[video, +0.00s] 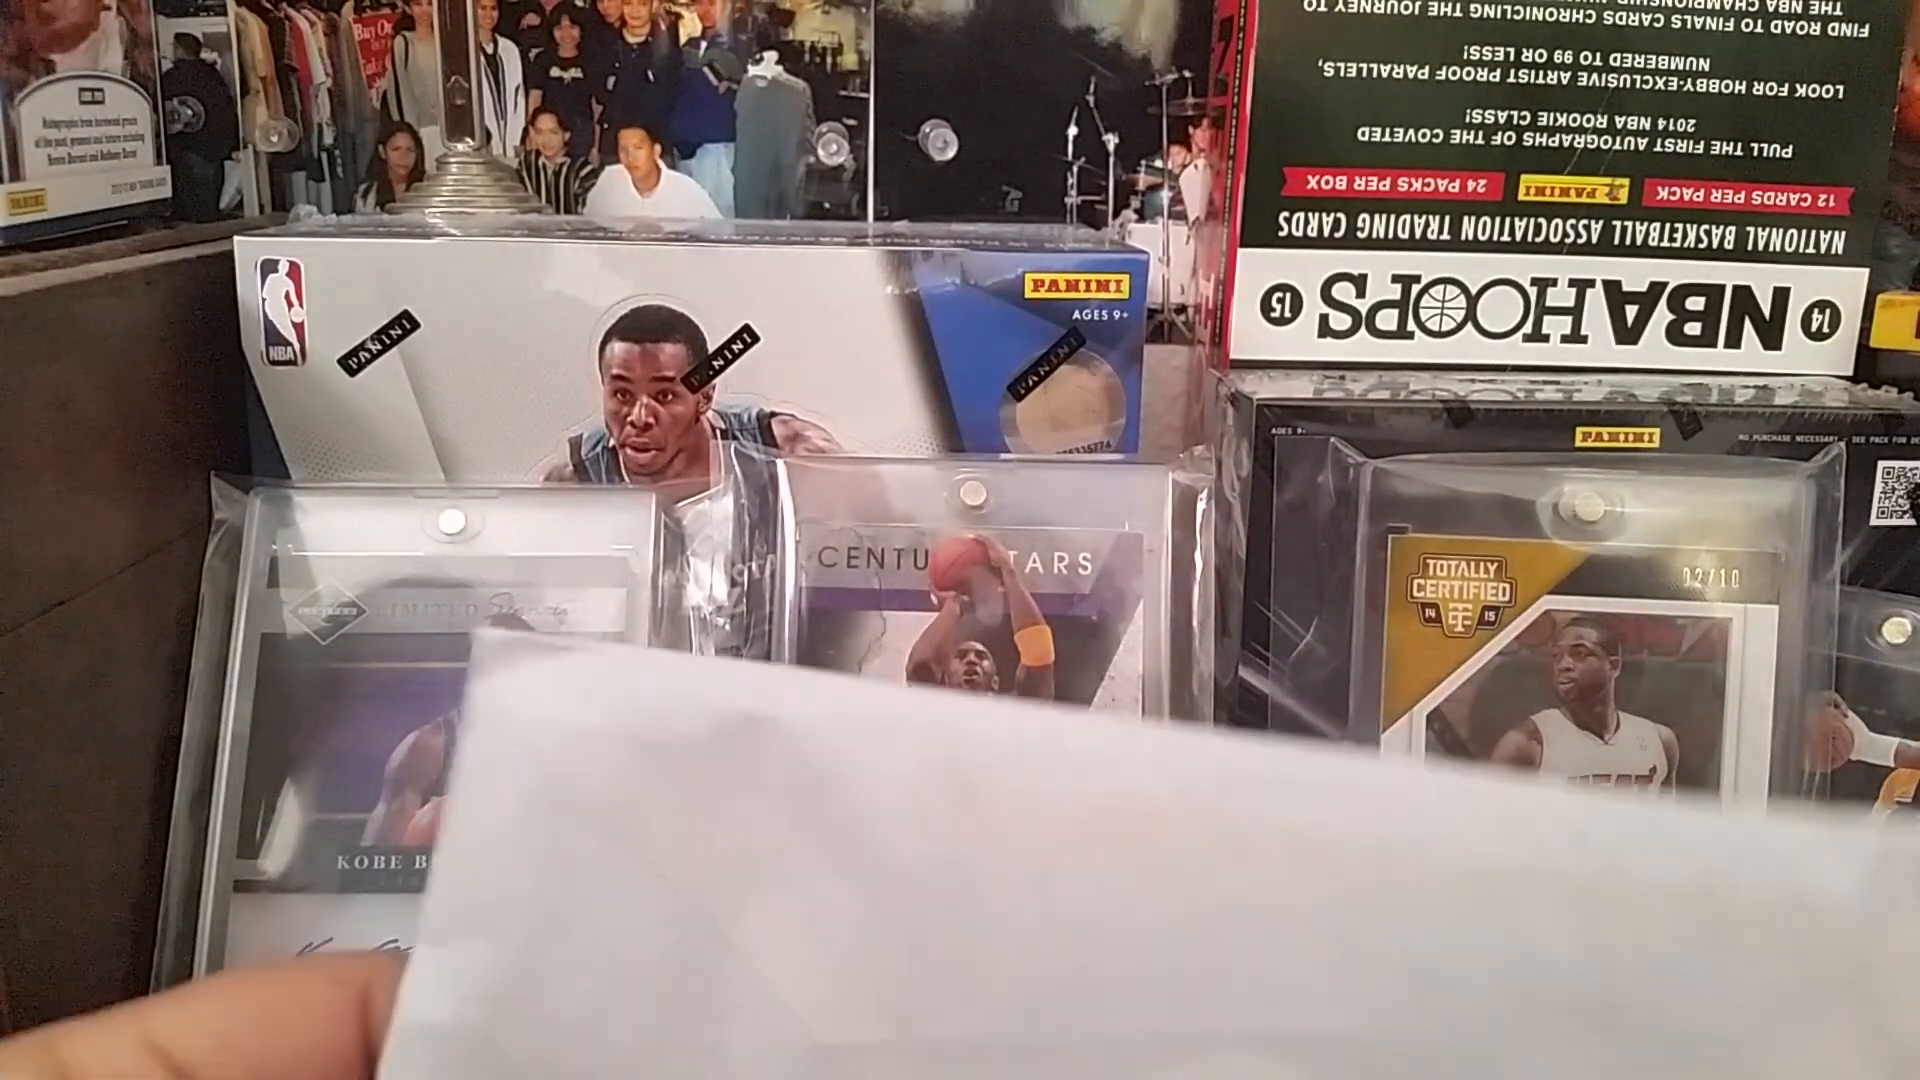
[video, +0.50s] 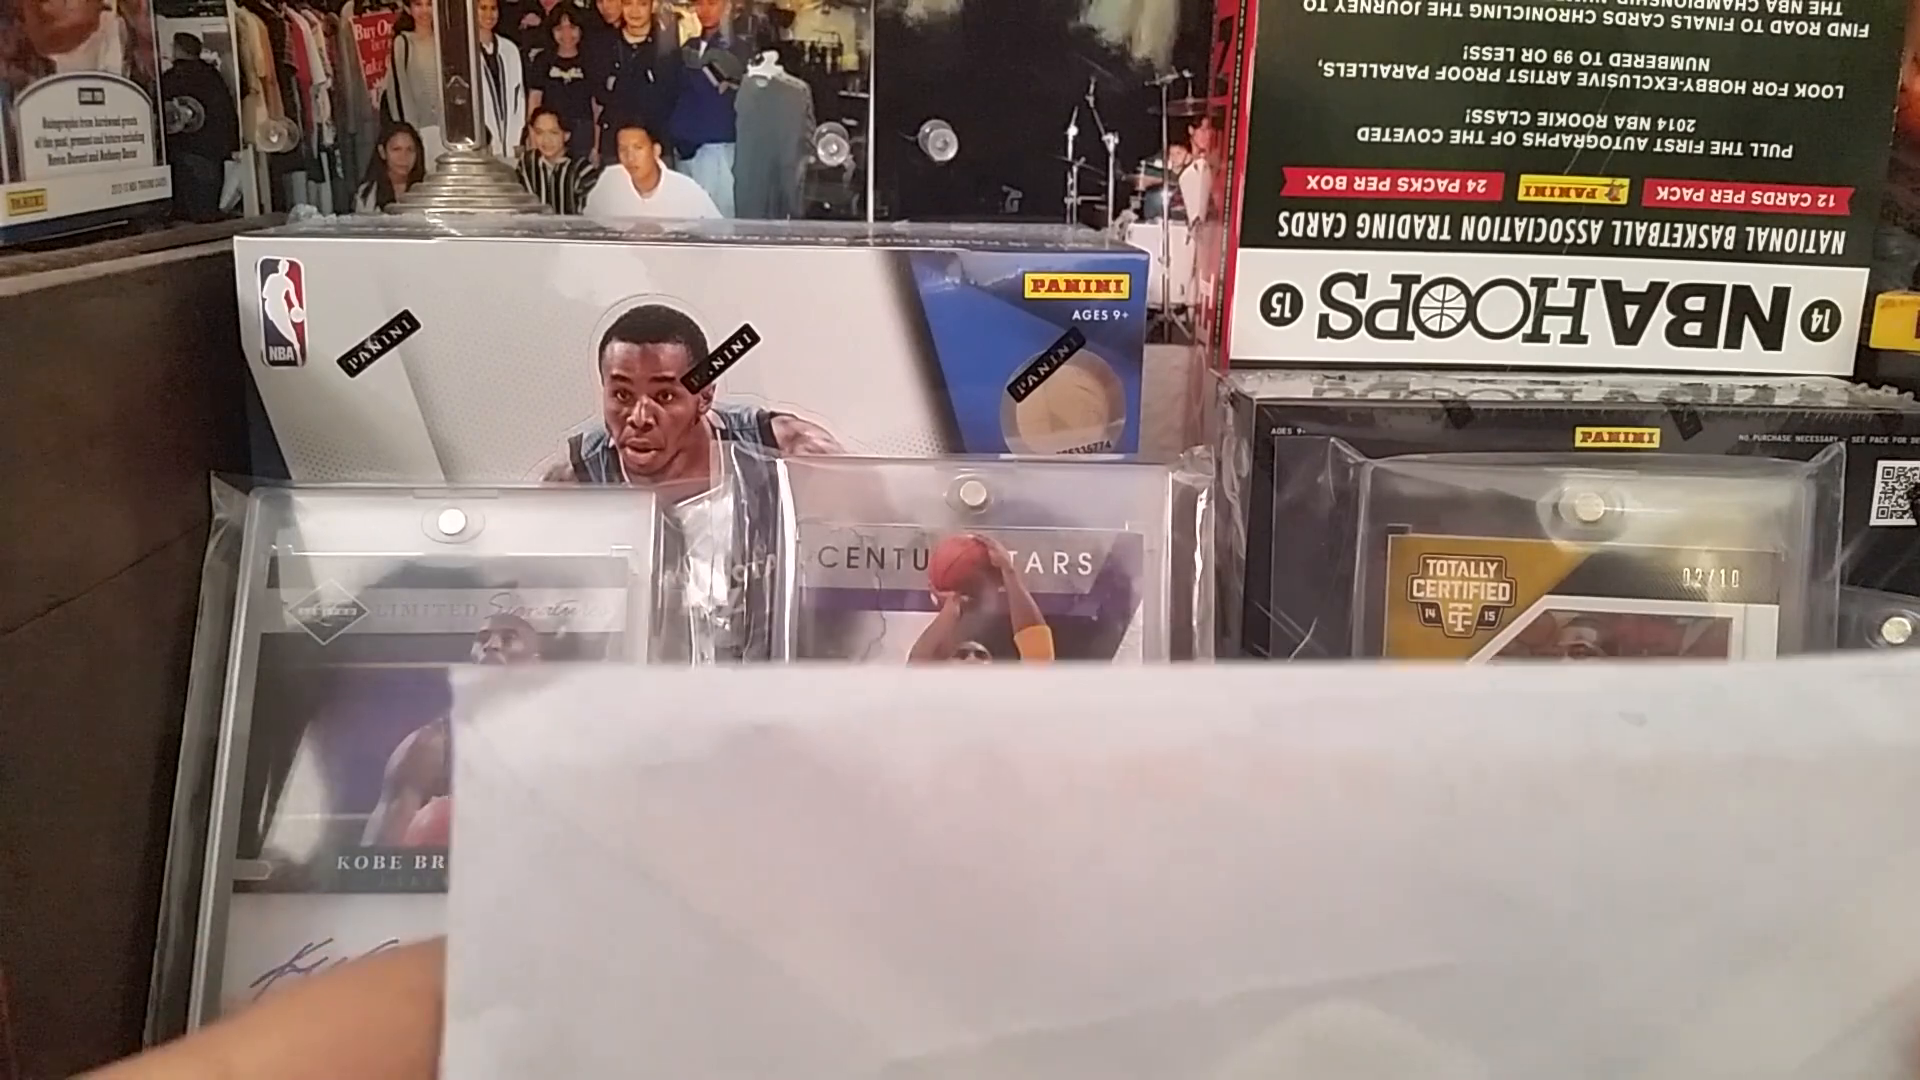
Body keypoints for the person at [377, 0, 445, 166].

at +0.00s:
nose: (425, 10)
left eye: (429, 4)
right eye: (418, 4)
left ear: (435, 7)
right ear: (408, 9)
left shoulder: (442, 38)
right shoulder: (403, 41)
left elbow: (452, 77)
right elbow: (402, 84)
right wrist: (410, 125)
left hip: (446, 116)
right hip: (420, 119)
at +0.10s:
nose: (425, 11)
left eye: (429, 4)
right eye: (418, 5)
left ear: (436, 8)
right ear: (408, 9)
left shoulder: (443, 39)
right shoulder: (403, 41)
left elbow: (453, 77)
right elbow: (402, 85)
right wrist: (409, 126)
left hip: (447, 117)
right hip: (420, 120)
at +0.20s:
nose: (425, 10)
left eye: (429, 4)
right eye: (418, 5)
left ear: (435, 8)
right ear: (408, 9)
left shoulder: (442, 38)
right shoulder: (403, 41)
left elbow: (452, 77)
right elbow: (402, 84)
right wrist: (410, 126)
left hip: (447, 116)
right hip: (420, 120)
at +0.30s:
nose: (425, 10)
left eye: (429, 4)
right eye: (418, 5)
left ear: (435, 8)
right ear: (409, 9)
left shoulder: (442, 39)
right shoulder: (403, 41)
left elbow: (452, 78)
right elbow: (401, 84)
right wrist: (410, 125)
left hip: (446, 115)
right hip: (419, 118)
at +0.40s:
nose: (425, 10)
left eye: (430, 4)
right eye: (419, 5)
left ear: (436, 8)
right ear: (409, 9)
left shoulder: (442, 39)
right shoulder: (403, 41)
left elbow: (452, 77)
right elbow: (402, 84)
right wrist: (410, 124)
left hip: (446, 116)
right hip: (419, 119)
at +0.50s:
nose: (425, 10)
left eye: (429, 4)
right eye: (418, 5)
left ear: (436, 8)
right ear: (408, 9)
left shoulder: (442, 39)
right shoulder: (402, 41)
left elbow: (452, 78)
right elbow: (401, 85)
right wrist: (409, 125)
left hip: (446, 117)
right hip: (419, 120)